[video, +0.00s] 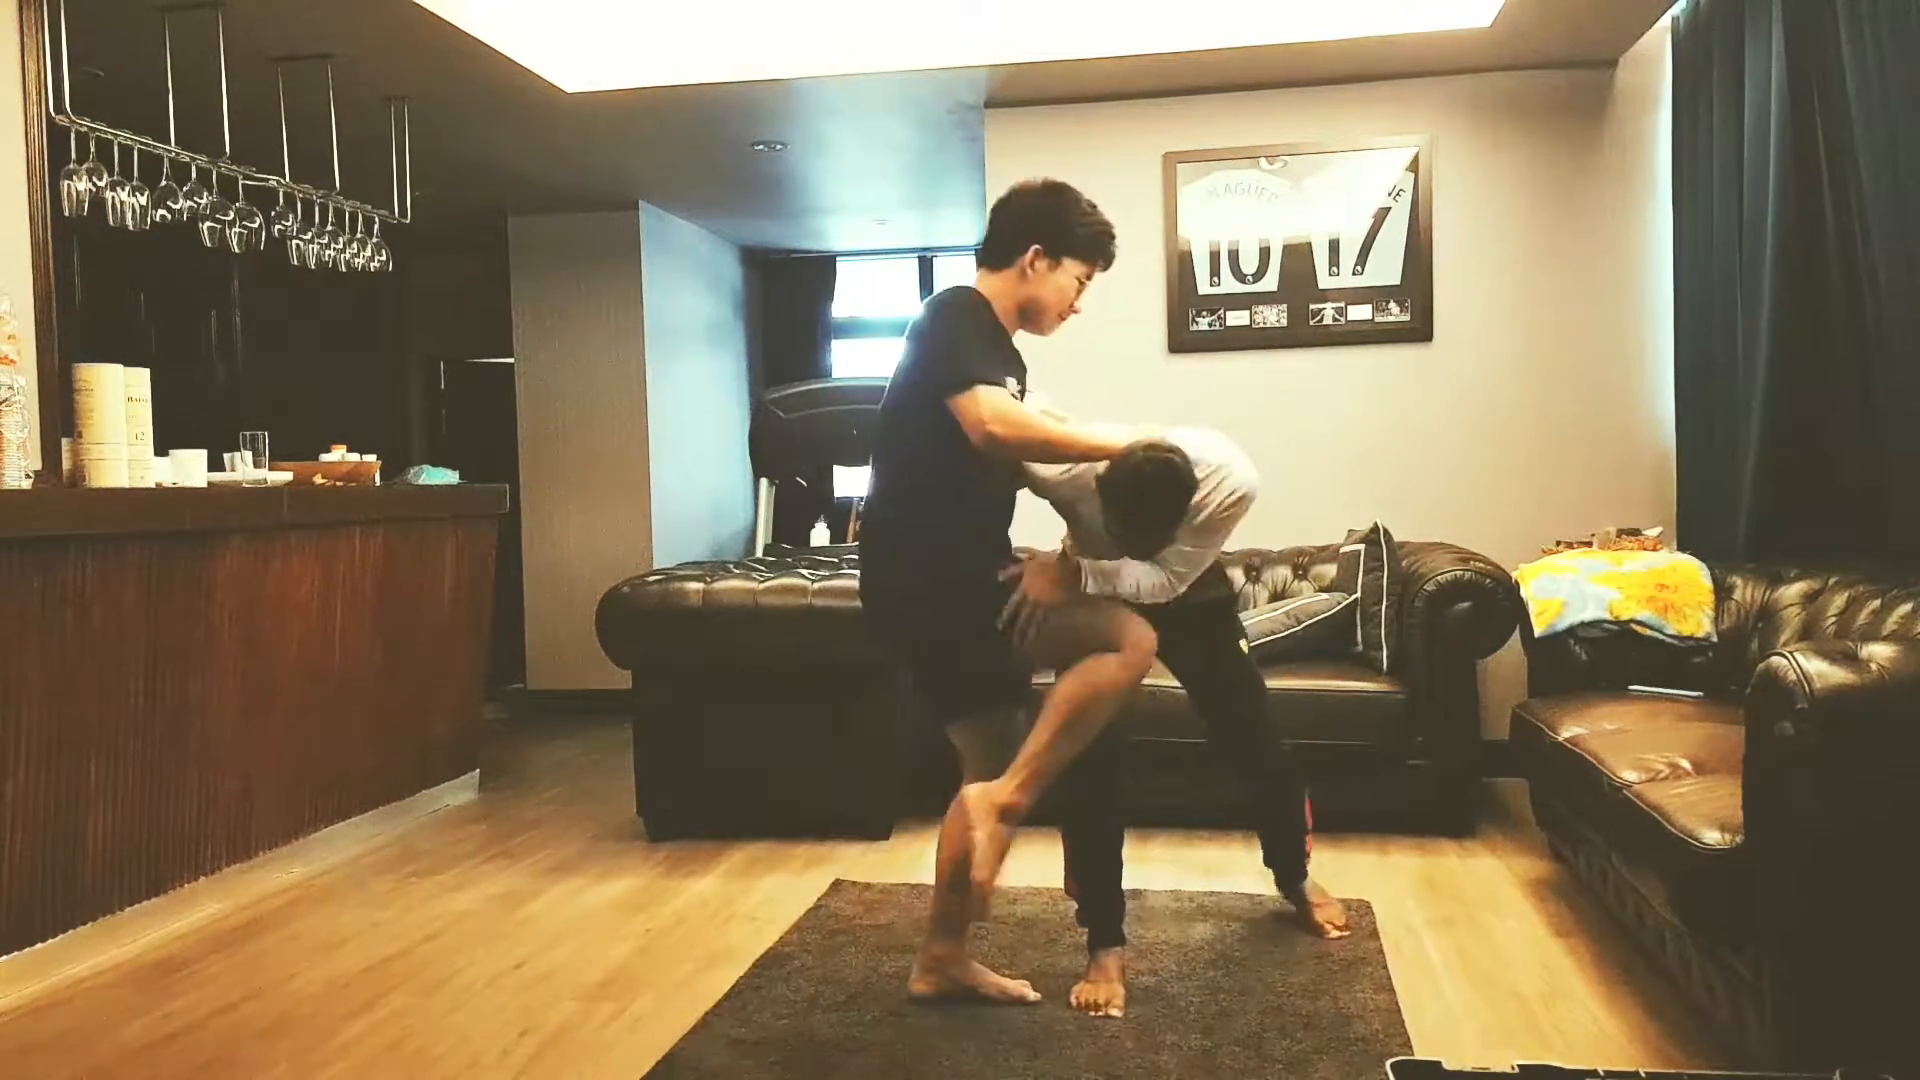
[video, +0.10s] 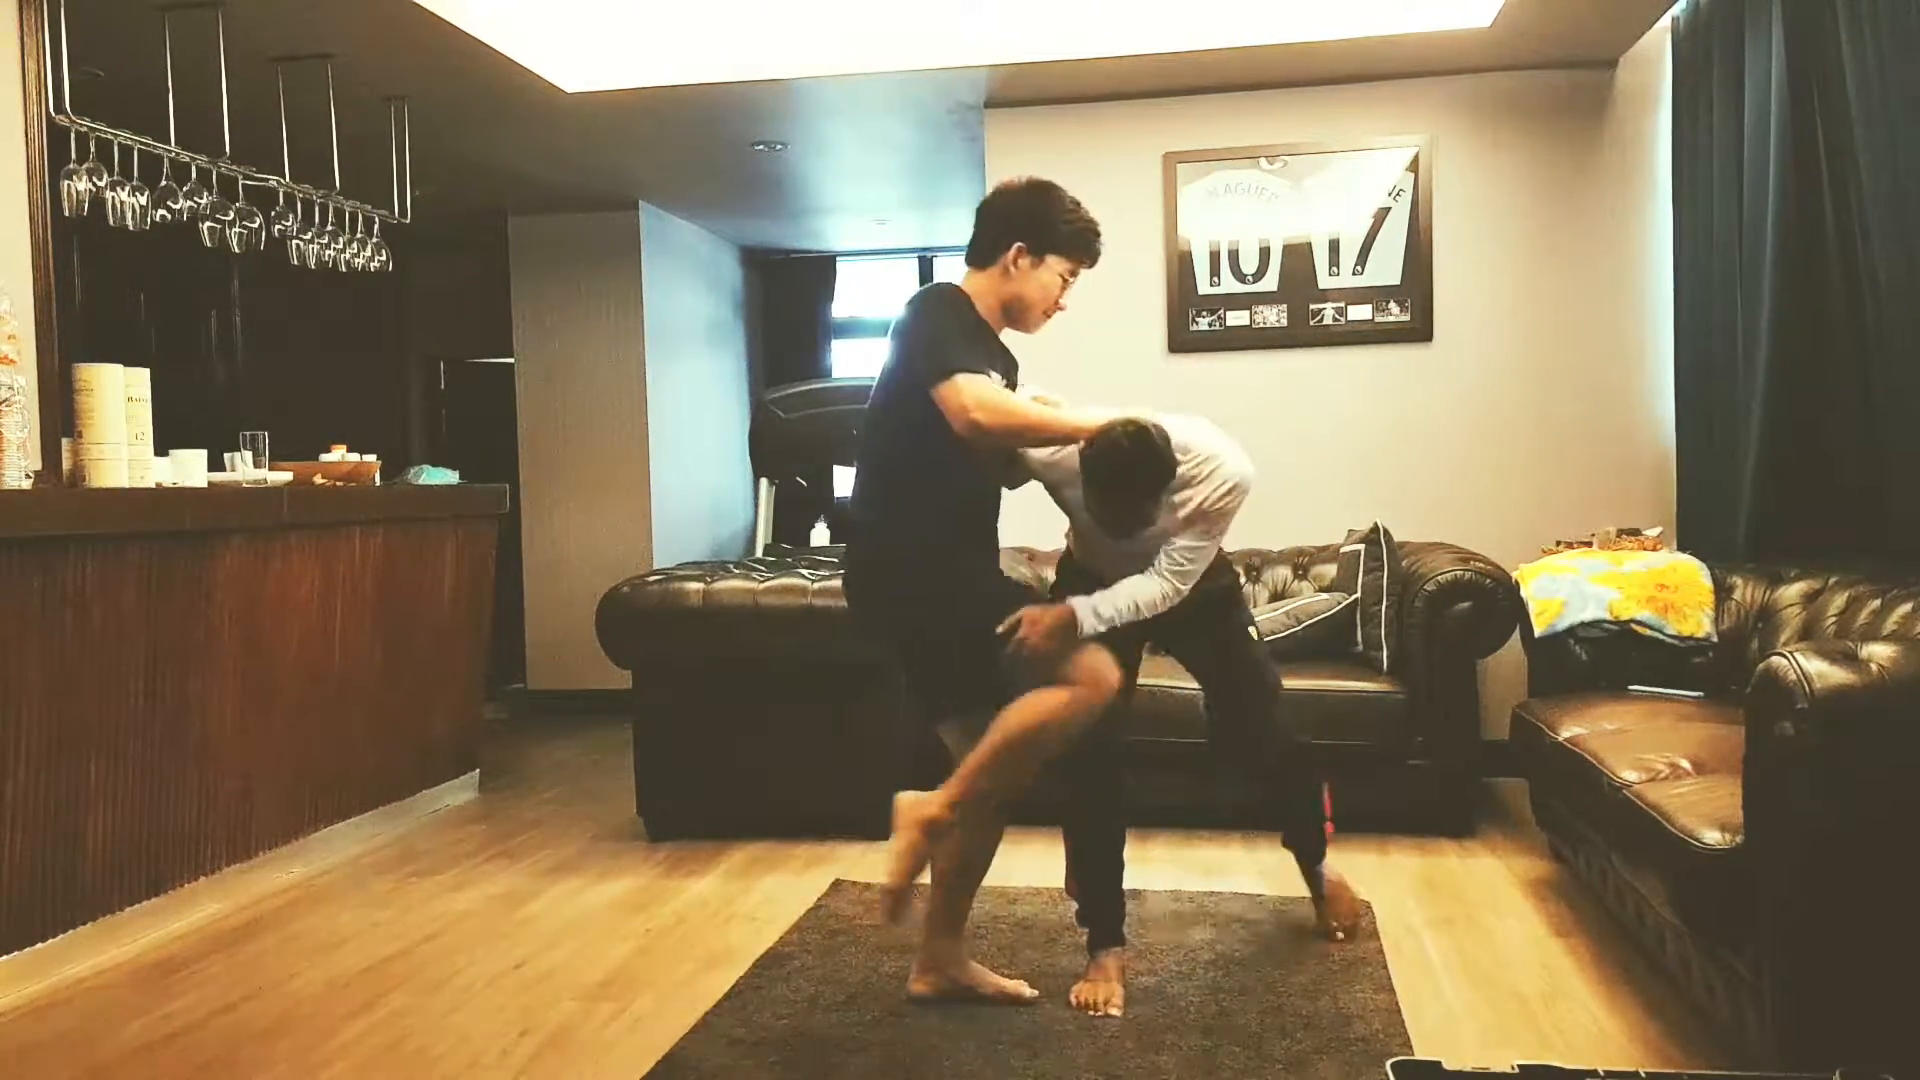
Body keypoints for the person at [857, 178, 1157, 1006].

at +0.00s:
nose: (1078, 302)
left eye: (1085, 287)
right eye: (1078, 282)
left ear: (1029, 263)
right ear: (1032, 259)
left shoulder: (990, 344)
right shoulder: (963, 312)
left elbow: (994, 460)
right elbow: (988, 421)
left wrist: (1079, 487)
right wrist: (1112, 446)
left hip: (939, 571)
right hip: (937, 572)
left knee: (991, 768)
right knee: (1129, 639)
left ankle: (945, 959)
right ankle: (1007, 796)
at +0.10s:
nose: (1064, 299)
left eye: (1072, 283)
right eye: (1063, 277)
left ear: (1016, 261)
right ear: (1016, 257)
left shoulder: (990, 356)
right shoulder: (943, 309)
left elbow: (1003, 467)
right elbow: (969, 408)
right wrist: (1086, 425)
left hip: (947, 571)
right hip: (913, 567)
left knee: (989, 763)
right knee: (1092, 676)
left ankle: (941, 960)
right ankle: (935, 810)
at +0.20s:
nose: (1050, 292)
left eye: (1055, 276)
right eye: (1047, 270)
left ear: (1000, 256)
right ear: (999, 248)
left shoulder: (981, 350)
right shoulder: (927, 301)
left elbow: (997, 465)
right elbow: (964, 393)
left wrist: (1053, 434)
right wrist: (1085, 403)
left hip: (944, 564)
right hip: (896, 561)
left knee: (977, 749)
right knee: (1024, 731)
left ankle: (940, 954)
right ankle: (851, 824)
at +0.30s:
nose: (1037, 284)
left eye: (1042, 269)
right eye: (1033, 262)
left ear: (988, 248)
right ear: (983, 239)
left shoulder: (968, 330)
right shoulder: (911, 292)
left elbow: (983, 449)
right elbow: (965, 375)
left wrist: (1017, 427)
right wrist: (1071, 371)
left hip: (941, 568)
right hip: (880, 567)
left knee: (968, 752)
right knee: (919, 779)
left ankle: (939, 954)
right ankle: (787, 830)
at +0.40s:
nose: (1022, 281)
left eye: (1028, 267)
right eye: (1018, 259)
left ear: (972, 248)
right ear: (968, 238)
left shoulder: (963, 334)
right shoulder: (893, 287)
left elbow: (980, 454)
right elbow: (955, 356)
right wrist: (1060, 334)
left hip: (926, 566)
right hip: (852, 563)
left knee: (948, 746)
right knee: (863, 777)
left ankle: (936, 955)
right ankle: (771, 819)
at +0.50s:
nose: (1005, 286)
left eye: (1011, 271)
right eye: (1000, 265)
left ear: (957, 258)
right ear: (950, 248)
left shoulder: (959, 357)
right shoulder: (877, 294)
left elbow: (999, 468)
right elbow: (959, 336)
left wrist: (1028, 410)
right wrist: (1059, 302)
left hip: (908, 570)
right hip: (835, 565)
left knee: (939, 747)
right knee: (830, 755)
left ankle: (937, 956)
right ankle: (769, 855)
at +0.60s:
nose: (991, 294)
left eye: (996, 281)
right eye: (984, 277)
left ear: (946, 279)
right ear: (926, 269)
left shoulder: (940, 388)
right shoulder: (870, 314)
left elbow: (1012, 465)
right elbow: (969, 331)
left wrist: (1062, 383)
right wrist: (1068, 295)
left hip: (894, 584)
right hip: (821, 579)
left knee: (936, 748)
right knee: (818, 759)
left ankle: (937, 953)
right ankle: (758, 871)